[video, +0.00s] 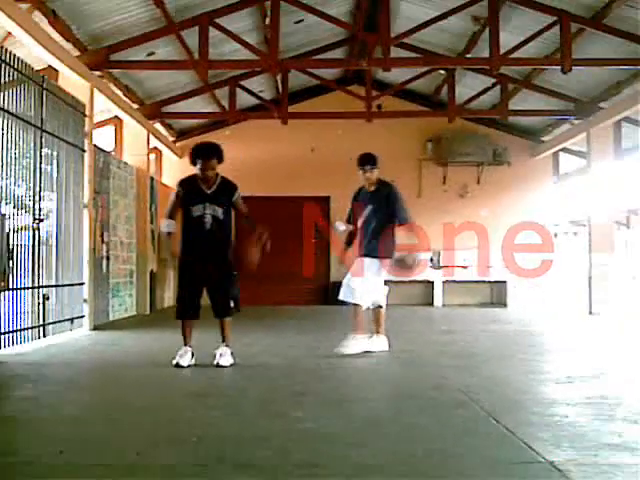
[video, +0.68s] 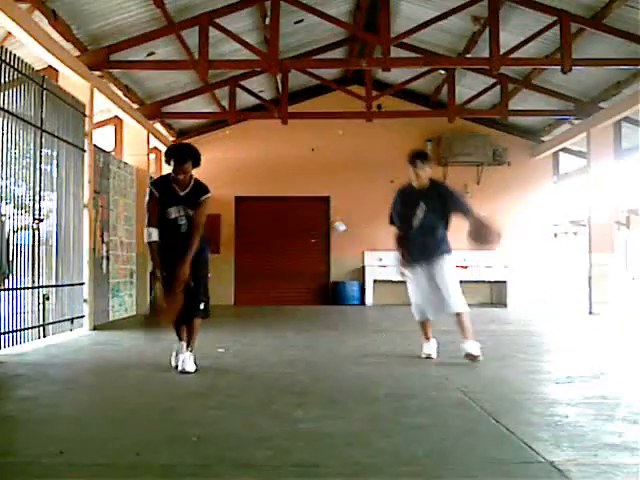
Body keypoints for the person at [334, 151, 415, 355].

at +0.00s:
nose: (368, 175)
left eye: (371, 171)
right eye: (364, 171)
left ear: (377, 170)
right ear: (360, 172)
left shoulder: (389, 191)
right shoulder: (359, 194)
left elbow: (404, 222)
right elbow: (353, 225)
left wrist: (414, 251)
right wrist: (346, 247)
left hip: (379, 253)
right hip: (363, 252)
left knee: (355, 289)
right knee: (377, 294)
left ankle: (358, 335)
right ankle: (380, 337)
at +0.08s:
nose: (368, 175)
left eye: (371, 171)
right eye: (364, 171)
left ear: (377, 170)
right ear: (360, 172)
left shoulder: (389, 191)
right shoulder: (359, 194)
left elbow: (404, 222)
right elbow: (353, 225)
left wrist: (414, 251)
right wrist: (346, 247)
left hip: (379, 253)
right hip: (363, 252)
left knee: (354, 288)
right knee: (377, 293)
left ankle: (358, 335)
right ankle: (380, 337)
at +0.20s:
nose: (380, 176)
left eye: (383, 171)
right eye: (376, 172)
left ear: (389, 171)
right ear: (372, 173)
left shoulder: (401, 190)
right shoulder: (371, 197)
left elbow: (421, 203)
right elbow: (359, 219)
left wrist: (436, 194)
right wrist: (339, 226)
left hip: (393, 254)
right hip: (375, 254)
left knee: (380, 296)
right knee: (368, 297)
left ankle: (412, 335)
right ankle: (379, 338)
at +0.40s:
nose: (393, 165)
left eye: (396, 160)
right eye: (389, 161)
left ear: (403, 161)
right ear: (385, 163)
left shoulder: (419, 179)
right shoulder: (385, 187)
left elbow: (444, 183)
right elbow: (368, 205)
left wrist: (460, 172)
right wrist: (339, 208)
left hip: (414, 248)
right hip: (393, 249)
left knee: (410, 295)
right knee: (390, 293)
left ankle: (424, 338)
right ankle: (394, 334)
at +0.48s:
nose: (400, 157)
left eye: (403, 153)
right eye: (396, 153)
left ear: (410, 152)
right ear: (391, 155)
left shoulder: (425, 171)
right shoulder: (390, 179)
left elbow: (451, 181)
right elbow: (377, 205)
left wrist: (465, 180)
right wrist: (351, 220)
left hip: (422, 239)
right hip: (399, 242)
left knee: (424, 287)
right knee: (404, 289)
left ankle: (434, 334)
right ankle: (410, 334)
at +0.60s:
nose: (409, 160)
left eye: (412, 155)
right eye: (405, 156)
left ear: (419, 155)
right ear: (400, 157)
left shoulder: (433, 175)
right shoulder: (396, 181)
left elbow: (460, 190)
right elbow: (388, 208)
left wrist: (476, 196)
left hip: (430, 240)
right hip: (405, 244)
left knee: (436, 288)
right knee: (413, 294)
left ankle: (449, 337)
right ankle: (423, 338)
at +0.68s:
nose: (419, 173)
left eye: (423, 167)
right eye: (415, 168)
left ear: (429, 168)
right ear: (410, 169)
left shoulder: (440, 190)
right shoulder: (403, 194)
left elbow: (465, 209)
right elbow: (399, 228)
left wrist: (482, 225)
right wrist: (402, 256)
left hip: (439, 254)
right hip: (413, 258)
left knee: (453, 296)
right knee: (419, 303)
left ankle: (469, 341)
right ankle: (428, 342)